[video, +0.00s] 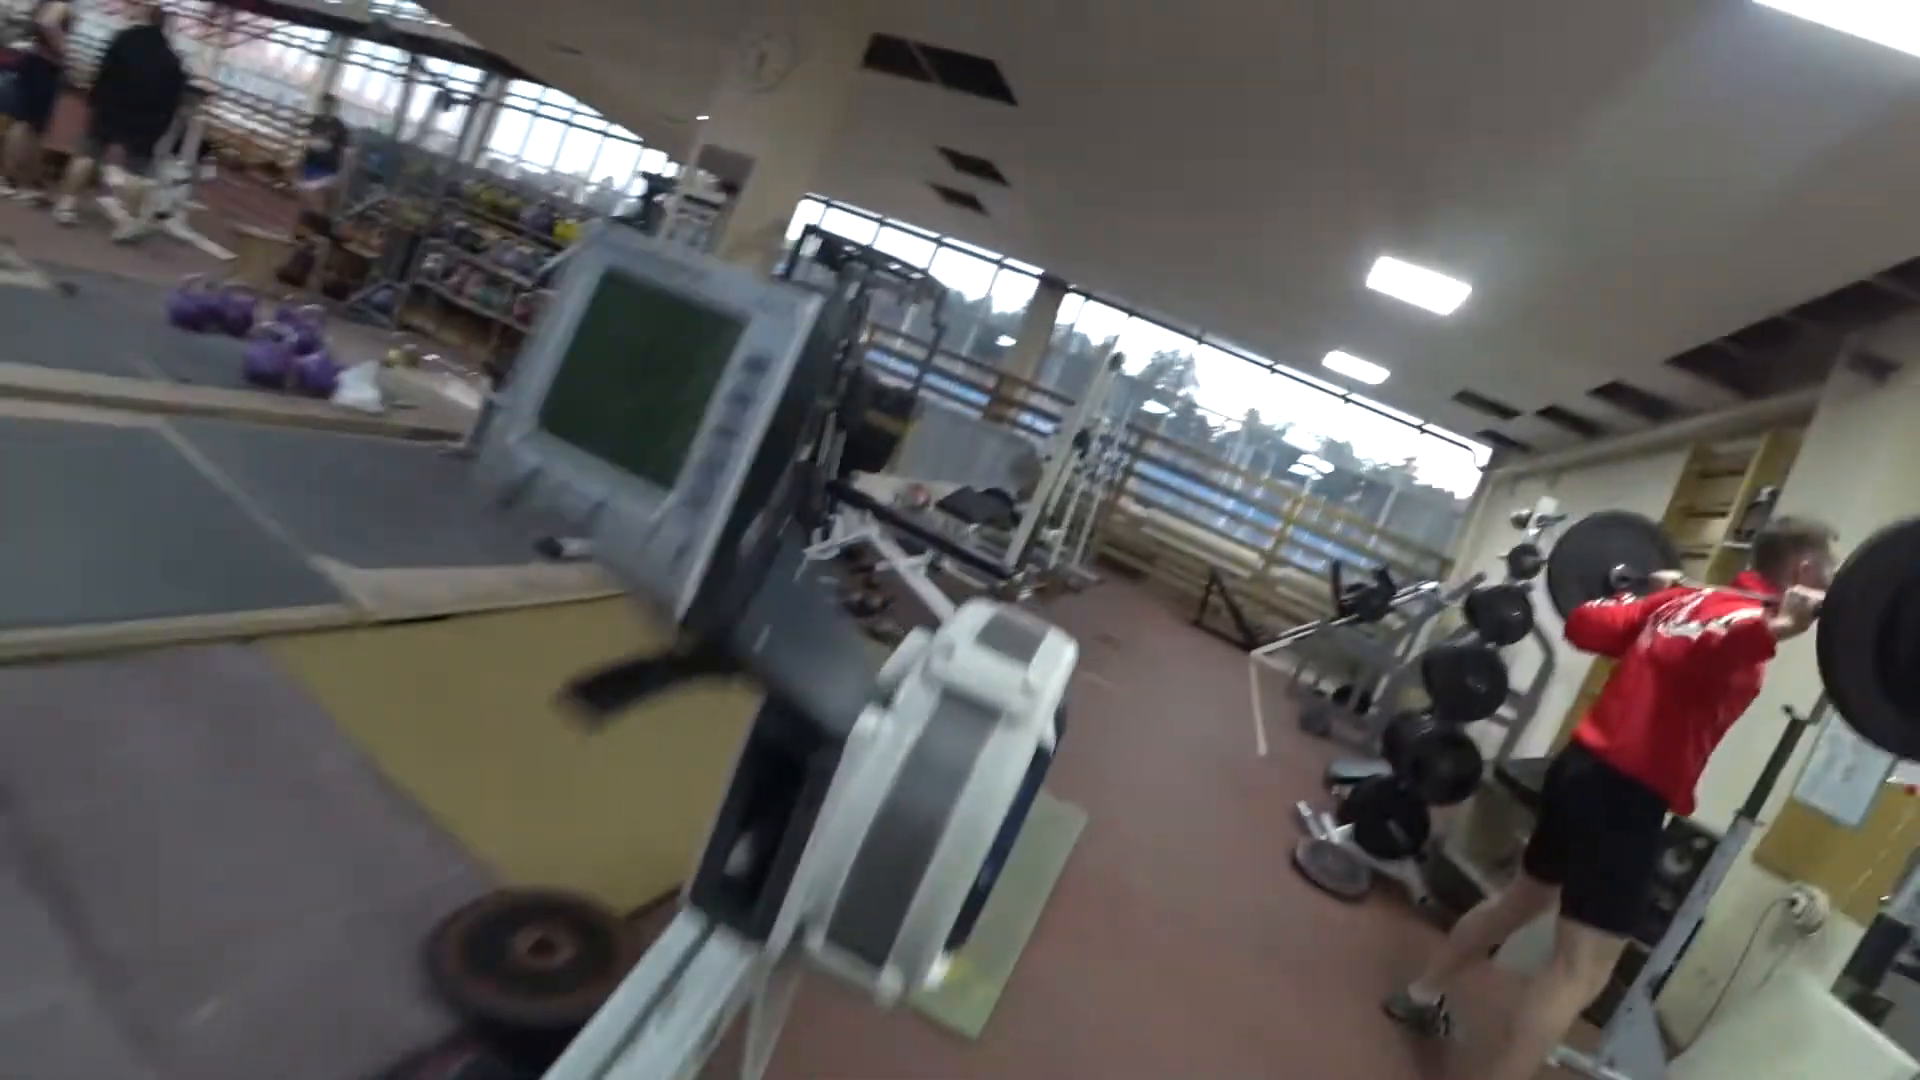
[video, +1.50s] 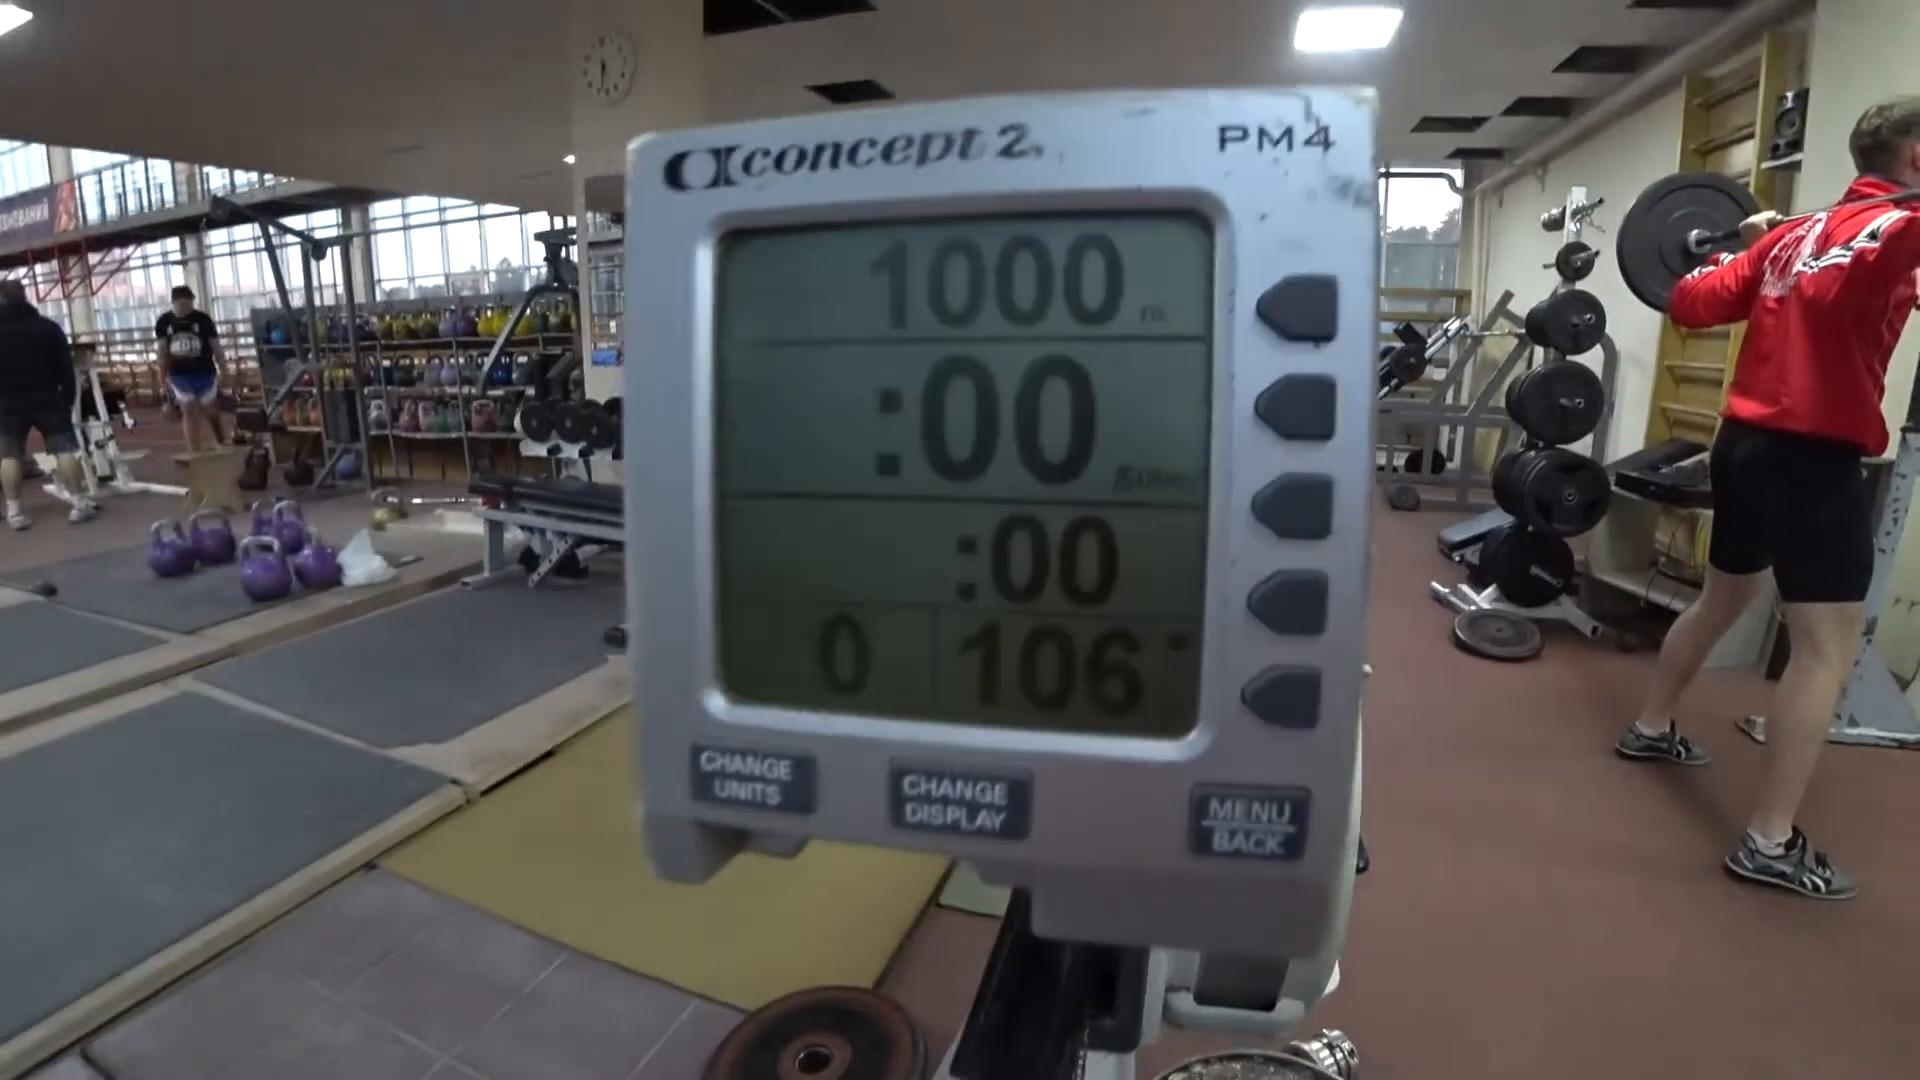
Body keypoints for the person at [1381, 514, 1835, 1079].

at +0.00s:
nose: (1827, 592)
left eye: (1828, 578)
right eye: (1825, 578)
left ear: (1757, 561)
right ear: (1800, 577)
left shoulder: (1679, 598)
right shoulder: (1753, 621)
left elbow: (1584, 625)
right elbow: (1709, 649)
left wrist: (1647, 595)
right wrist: (1776, 629)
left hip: (1578, 765)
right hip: (1631, 799)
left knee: (1522, 898)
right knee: (1577, 971)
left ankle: (1419, 994)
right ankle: (1509, 1069)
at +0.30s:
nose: (1816, 720)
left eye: (1819, 706)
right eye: (1813, 705)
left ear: (1752, 683)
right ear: (1784, 698)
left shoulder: (1665, 710)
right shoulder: (1742, 746)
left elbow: (1568, 720)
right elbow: (1668, 769)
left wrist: (1636, 701)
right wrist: (1767, 758)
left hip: (1548, 868)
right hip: (1603, 907)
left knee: (1475, 987)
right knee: (1537, 1058)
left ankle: (1361, 1067)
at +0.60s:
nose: (1900, 778)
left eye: (1904, 768)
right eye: (1901, 765)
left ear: (1832, 738)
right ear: (1876, 756)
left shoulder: (1740, 759)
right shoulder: (1824, 801)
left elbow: (1627, 762)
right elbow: (1770, 827)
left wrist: (1698, 749)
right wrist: (1860, 814)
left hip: (1602, 915)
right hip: (1658, 964)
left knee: (1515, 1040)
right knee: (1595, 1075)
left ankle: (1418, 1077)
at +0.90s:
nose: (1914, 711)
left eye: (1915, 698)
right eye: (1916, 699)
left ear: (1859, 675)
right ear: (1903, 695)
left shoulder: (1768, 699)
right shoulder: (1869, 745)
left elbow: (1661, 714)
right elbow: (1830, 761)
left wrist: (1707, 681)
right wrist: (1890, 756)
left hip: (1643, 864)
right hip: (1704, 910)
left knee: (1558, 985)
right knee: (1631, 1058)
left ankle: (1440, 1065)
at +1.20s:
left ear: (1898, 384)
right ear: (1917, 398)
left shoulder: (1814, 447)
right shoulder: (1907, 464)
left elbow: (1711, 484)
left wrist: (1746, 435)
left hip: (1738, 634)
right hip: (1818, 664)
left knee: (1683, 773)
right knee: (1770, 846)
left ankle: (1589, 891)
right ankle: (1685, 1029)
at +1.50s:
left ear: (1861, 164)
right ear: (1907, 161)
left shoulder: (1790, 236)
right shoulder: (1903, 228)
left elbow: (1687, 301)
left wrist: (1735, 248)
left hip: (1742, 445)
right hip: (1822, 457)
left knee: (1722, 598)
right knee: (1821, 653)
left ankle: (1650, 724)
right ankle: (1770, 838)